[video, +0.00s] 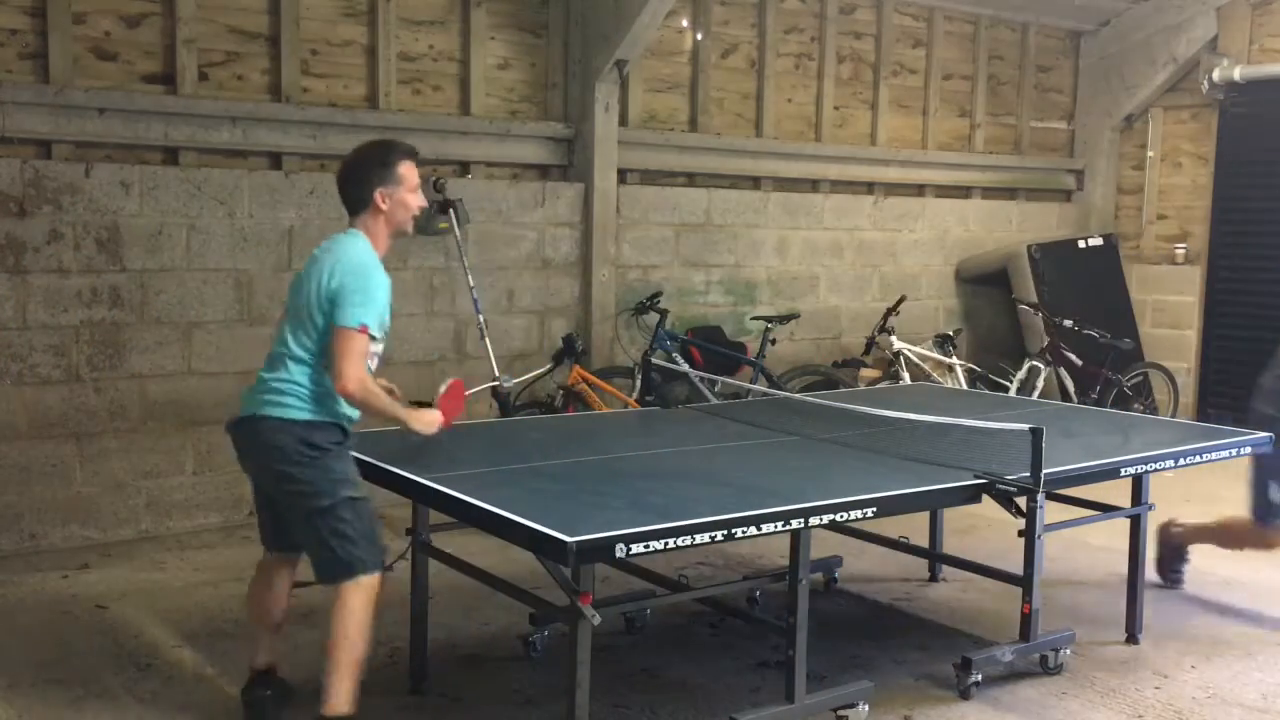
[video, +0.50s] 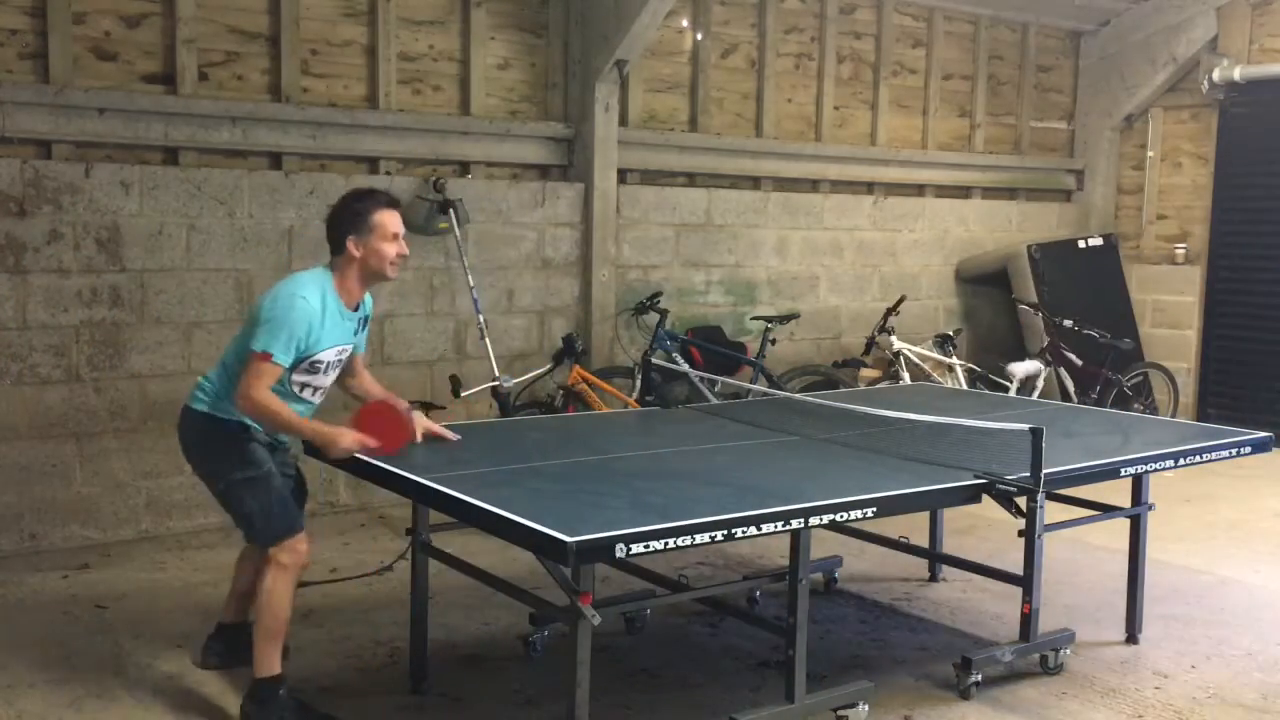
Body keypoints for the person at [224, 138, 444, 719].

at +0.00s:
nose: (424, 201)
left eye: (422, 188)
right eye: (415, 189)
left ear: (377, 200)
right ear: (382, 199)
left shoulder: (330, 254)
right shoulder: (363, 269)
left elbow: (329, 359)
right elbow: (349, 380)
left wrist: (388, 393)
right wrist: (410, 418)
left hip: (261, 422)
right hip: (302, 430)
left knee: (281, 554)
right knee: (362, 568)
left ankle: (262, 680)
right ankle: (339, 708)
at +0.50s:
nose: (403, 250)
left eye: (403, 238)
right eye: (392, 238)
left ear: (364, 247)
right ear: (354, 246)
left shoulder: (361, 303)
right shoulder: (298, 300)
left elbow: (350, 371)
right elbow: (250, 393)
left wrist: (404, 413)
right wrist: (322, 434)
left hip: (269, 429)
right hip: (220, 424)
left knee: (275, 532)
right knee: (289, 549)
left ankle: (229, 635)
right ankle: (267, 693)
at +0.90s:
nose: (411, 236)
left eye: (415, 223)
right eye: (400, 222)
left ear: (371, 223)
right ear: (357, 221)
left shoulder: (377, 275)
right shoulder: (310, 284)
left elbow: (377, 330)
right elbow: (327, 399)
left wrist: (428, 384)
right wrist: (400, 425)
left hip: (301, 427)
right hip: (246, 424)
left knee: (299, 545)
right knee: (267, 573)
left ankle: (235, 629)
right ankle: (248, 702)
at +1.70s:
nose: (555, 221)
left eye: (552, 210)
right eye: (554, 211)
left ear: (480, 216)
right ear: (546, 220)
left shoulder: (417, 294)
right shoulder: (557, 311)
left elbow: (342, 399)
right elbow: (567, 456)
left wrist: (391, 440)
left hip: (392, 503)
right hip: (476, 509)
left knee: (431, 643)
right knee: (536, 693)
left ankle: (406, 715)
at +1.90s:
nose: (561, 196)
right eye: (561, 186)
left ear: (482, 187)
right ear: (555, 196)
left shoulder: (423, 264)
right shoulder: (577, 296)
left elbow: (349, 385)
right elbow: (563, 440)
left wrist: (332, 456)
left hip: (408, 496)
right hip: (504, 500)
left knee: (395, 657)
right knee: (537, 696)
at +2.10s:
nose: (517, 191)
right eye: (517, 183)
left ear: (437, 194)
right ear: (512, 197)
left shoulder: (390, 271)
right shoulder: (543, 293)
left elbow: (327, 389)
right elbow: (537, 399)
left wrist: (291, 446)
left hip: (396, 506)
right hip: (500, 505)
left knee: (336, 676)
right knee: (537, 701)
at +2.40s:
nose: (333, 259)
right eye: (331, 249)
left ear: (260, 261)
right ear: (326, 258)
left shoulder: (233, 325)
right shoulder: (368, 325)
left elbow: (177, 472)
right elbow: (369, 431)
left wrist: (128, 534)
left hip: (296, 532)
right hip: (397, 520)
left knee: (219, 670)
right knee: (474, 689)